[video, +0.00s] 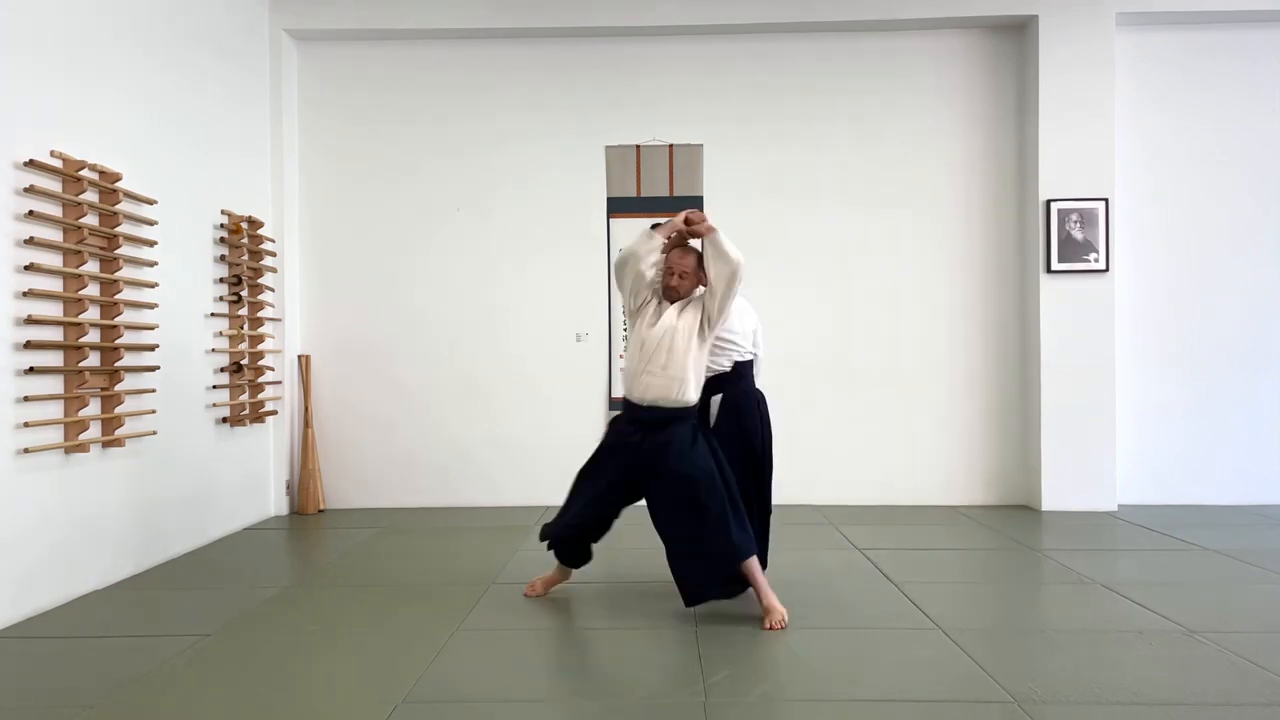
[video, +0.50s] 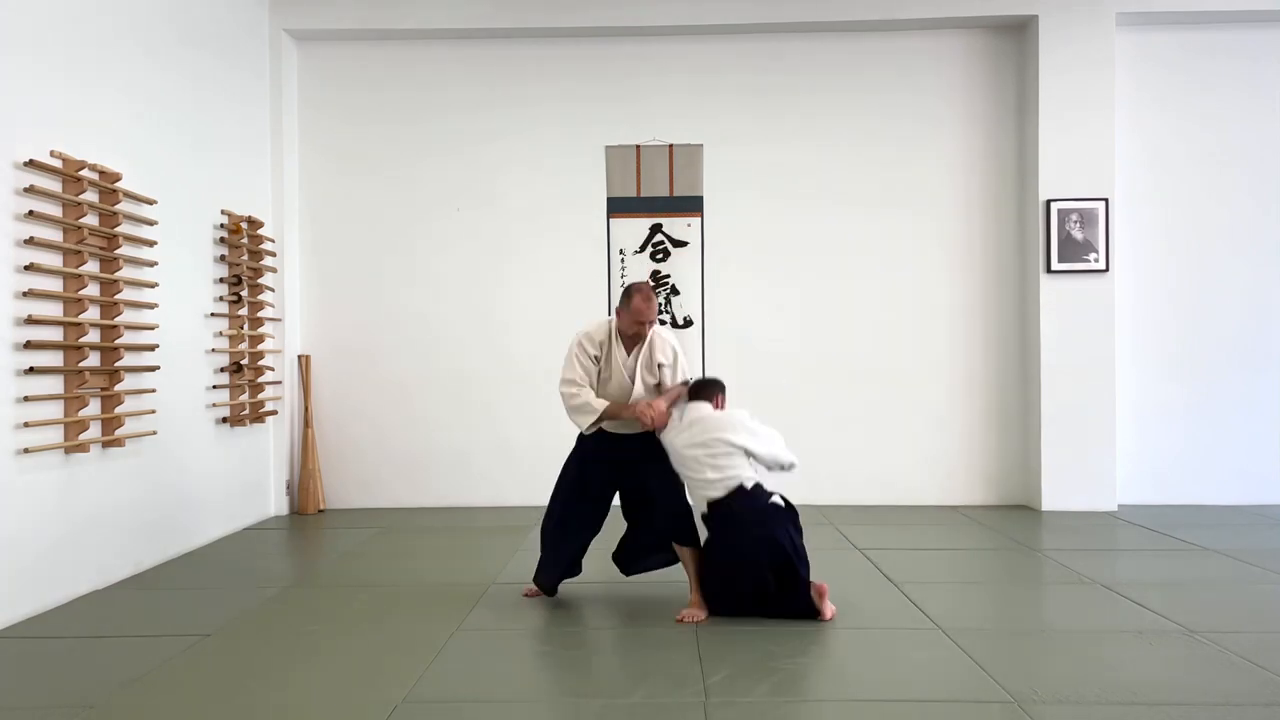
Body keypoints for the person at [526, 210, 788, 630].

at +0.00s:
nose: (673, 280)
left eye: (683, 275)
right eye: (669, 271)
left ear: (700, 279)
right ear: (660, 269)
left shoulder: (702, 315)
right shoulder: (643, 305)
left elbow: (730, 269)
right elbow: (628, 263)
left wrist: (709, 232)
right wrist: (663, 230)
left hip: (680, 427)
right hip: (632, 424)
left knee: (719, 506)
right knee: (585, 501)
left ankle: (766, 595)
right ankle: (561, 571)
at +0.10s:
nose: (671, 287)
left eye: (677, 283)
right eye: (666, 279)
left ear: (681, 290)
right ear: (645, 278)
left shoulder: (675, 324)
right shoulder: (610, 312)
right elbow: (653, 293)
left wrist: (717, 287)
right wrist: (688, 267)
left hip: (654, 439)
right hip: (604, 434)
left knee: (697, 507)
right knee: (571, 505)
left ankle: (736, 590)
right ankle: (550, 575)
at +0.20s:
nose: (651, 304)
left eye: (655, 299)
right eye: (647, 296)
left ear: (655, 297)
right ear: (624, 286)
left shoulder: (649, 329)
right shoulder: (590, 318)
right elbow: (630, 336)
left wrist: (696, 332)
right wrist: (678, 311)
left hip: (643, 436)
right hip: (595, 436)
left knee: (677, 506)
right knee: (563, 509)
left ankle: (708, 587)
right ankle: (548, 576)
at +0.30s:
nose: (640, 302)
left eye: (644, 295)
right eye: (635, 295)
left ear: (647, 291)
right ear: (613, 286)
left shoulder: (646, 323)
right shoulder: (581, 321)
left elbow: (661, 381)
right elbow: (590, 361)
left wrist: (668, 355)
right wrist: (642, 346)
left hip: (642, 431)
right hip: (593, 433)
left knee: (674, 506)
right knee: (561, 508)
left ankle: (690, 588)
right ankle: (543, 575)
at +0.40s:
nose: (641, 308)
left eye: (646, 302)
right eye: (635, 301)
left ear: (649, 298)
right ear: (613, 290)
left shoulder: (654, 332)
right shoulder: (582, 329)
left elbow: (668, 392)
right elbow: (577, 383)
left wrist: (662, 372)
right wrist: (630, 379)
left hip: (646, 434)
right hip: (596, 435)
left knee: (673, 503)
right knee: (562, 505)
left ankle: (694, 586)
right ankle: (546, 577)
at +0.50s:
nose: (646, 330)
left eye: (652, 323)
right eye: (639, 322)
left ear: (657, 317)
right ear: (618, 313)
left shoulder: (664, 344)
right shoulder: (590, 341)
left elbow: (679, 394)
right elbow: (573, 394)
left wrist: (660, 407)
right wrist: (627, 410)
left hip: (647, 442)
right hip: (599, 439)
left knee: (675, 511)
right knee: (567, 506)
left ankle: (697, 595)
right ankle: (547, 580)